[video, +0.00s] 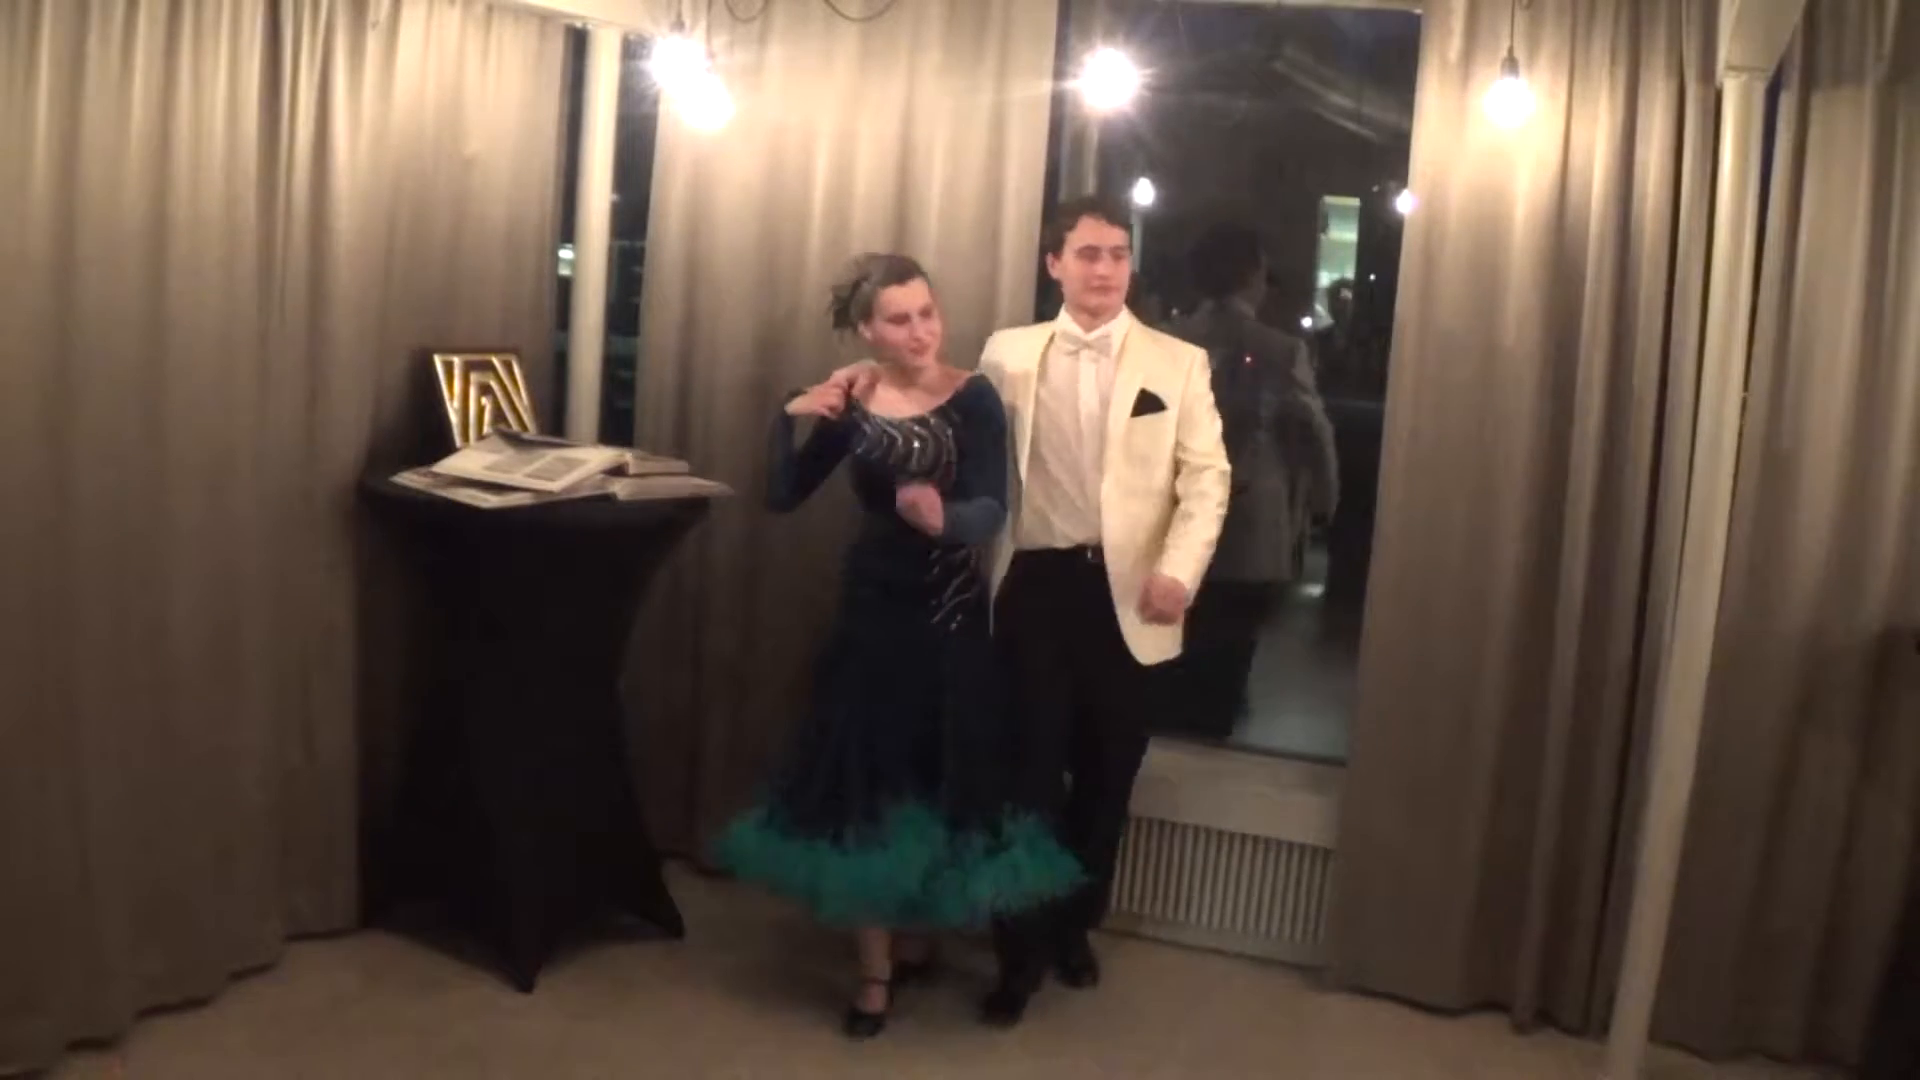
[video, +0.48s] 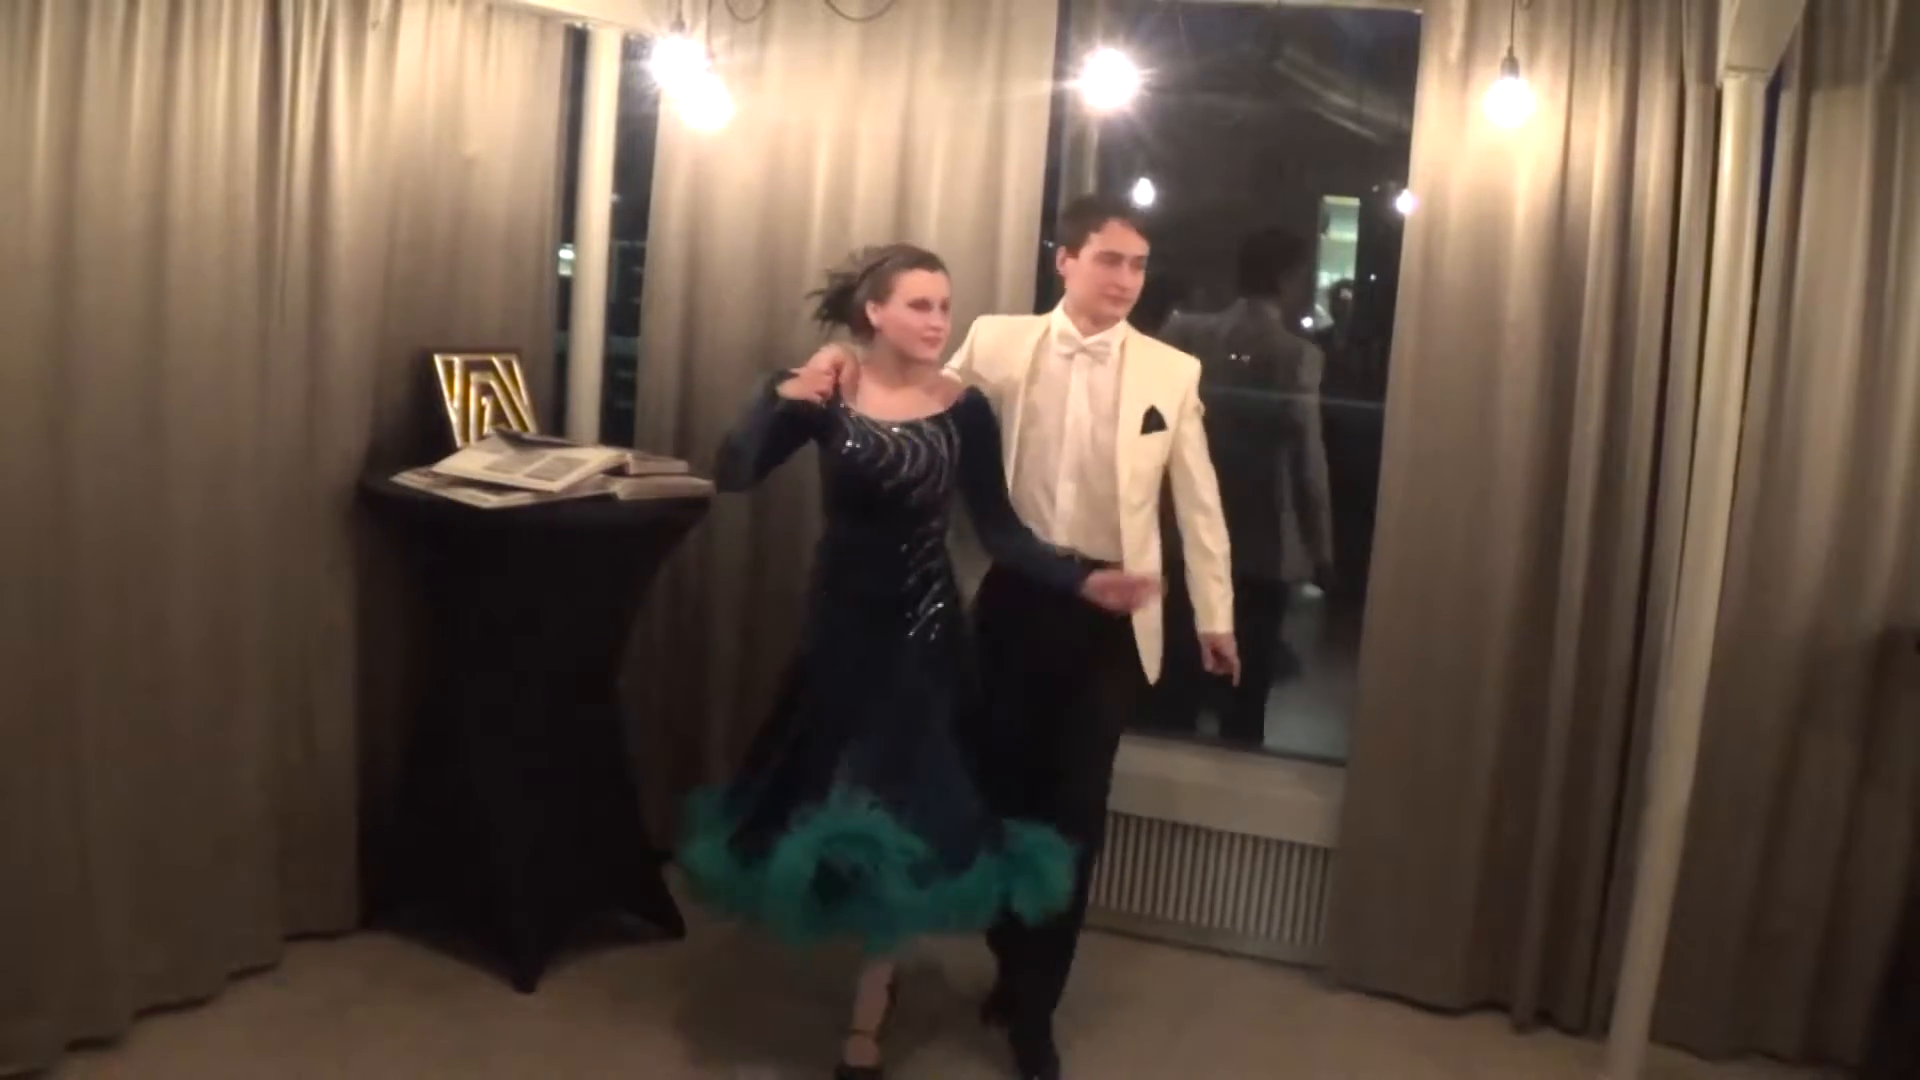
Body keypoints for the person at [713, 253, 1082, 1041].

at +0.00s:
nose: (918, 330)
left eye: (926, 313)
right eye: (899, 320)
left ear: (940, 311)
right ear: (866, 332)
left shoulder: (974, 397)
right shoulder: (852, 402)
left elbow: (992, 509)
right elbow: (785, 493)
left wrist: (946, 519)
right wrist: (796, 420)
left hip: (954, 604)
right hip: (876, 598)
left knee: (934, 757)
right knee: (866, 759)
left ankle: (916, 922)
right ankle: (872, 956)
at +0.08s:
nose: (919, 332)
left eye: (926, 314)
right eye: (900, 321)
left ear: (940, 314)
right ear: (864, 333)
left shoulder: (973, 401)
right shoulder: (848, 403)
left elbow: (988, 510)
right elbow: (781, 494)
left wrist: (956, 561)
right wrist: (792, 423)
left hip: (947, 607)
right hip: (869, 601)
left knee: (932, 761)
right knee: (862, 765)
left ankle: (915, 921)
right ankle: (872, 955)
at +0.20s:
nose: (922, 336)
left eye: (930, 320)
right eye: (903, 325)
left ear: (943, 325)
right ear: (866, 336)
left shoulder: (971, 415)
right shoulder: (845, 408)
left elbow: (982, 529)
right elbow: (770, 495)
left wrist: (973, 625)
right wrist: (791, 423)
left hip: (941, 618)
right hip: (862, 611)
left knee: (935, 770)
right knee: (865, 777)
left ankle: (923, 920)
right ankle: (874, 955)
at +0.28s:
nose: (926, 334)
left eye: (933, 319)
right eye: (907, 322)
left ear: (947, 324)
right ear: (867, 332)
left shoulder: (973, 416)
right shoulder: (842, 409)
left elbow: (987, 532)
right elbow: (759, 495)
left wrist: (1001, 632)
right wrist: (792, 418)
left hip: (946, 620)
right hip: (862, 616)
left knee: (927, 778)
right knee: (864, 781)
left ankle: (912, 943)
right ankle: (874, 960)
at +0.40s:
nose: (933, 323)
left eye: (940, 309)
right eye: (915, 309)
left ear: (948, 317)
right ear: (869, 317)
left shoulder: (968, 407)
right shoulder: (837, 393)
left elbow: (991, 525)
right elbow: (747, 479)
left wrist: (1055, 607)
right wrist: (788, 400)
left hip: (933, 617)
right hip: (850, 611)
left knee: (917, 793)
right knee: (848, 785)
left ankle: (883, 985)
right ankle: (878, 954)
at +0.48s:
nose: (938, 321)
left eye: (945, 308)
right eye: (921, 307)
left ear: (951, 316)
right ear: (871, 314)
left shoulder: (964, 407)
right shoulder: (833, 393)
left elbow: (999, 528)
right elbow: (737, 470)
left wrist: (1086, 577)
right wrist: (789, 392)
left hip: (929, 620)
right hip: (846, 616)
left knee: (906, 796)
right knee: (848, 786)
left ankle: (873, 986)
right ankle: (889, 950)